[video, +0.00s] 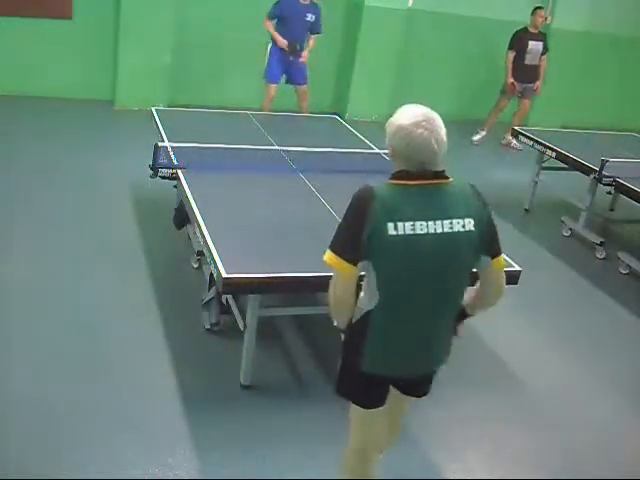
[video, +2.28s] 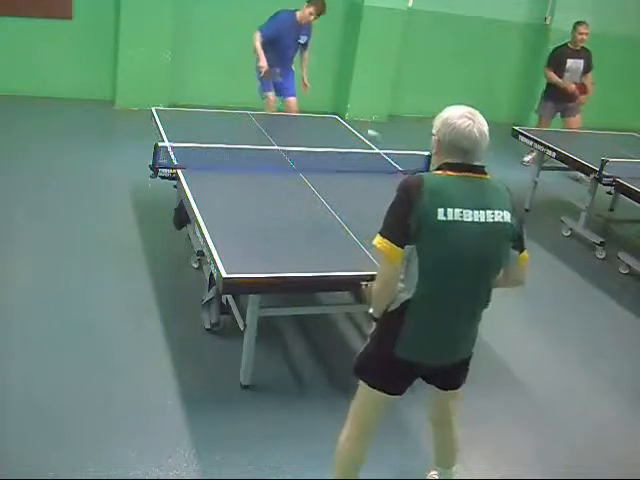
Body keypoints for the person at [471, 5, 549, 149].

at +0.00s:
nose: (542, 20)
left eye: (543, 17)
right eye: (539, 17)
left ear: (544, 20)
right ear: (532, 17)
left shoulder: (543, 37)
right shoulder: (519, 34)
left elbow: (543, 59)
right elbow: (510, 56)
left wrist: (540, 80)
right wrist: (509, 77)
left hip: (531, 81)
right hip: (515, 79)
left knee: (524, 110)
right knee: (500, 106)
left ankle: (510, 136)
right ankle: (484, 130)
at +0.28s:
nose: (549, 22)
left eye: (551, 19)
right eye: (546, 18)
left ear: (552, 21)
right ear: (539, 18)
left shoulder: (549, 38)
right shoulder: (525, 35)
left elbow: (550, 60)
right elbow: (514, 55)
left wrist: (548, 80)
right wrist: (512, 77)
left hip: (536, 81)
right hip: (520, 78)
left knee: (525, 110)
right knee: (512, 109)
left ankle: (511, 136)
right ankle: (501, 136)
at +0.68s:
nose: (554, 24)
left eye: (556, 21)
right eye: (551, 20)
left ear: (557, 23)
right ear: (543, 21)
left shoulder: (553, 40)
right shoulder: (532, 39)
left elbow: (554, 61)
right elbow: (522, 61)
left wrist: (553, 80)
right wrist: (527, 80)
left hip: (543, 80)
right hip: (530, 79)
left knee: (531, 108)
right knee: (526, 109)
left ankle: (516, 133)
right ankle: (518, 141)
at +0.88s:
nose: (555, 24)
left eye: (557, 21)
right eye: (552, 20)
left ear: (559, 22)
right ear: (545, 21)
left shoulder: (555, 40)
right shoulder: (534, 40)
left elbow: (556, 61)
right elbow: (528, 63)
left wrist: (555, 80)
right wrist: (544, 80)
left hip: (547, 76)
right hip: (534, 76)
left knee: (534, 114)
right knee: (529, 114)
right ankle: (522, 140)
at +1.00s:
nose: (557, 24)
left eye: (559, 21)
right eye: (554, 21)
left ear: (560, 23)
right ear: (546, 22)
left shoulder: (556, 41)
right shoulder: (536, 40)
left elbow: (557, 62)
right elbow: (531, 64)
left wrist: (558, 79)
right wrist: (551, 78)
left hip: (547, 84)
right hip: (532, 84)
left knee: (544, 117)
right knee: (530, 118)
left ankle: (540, 148)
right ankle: (519, 145)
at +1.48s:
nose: (571, 30)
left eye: (573, 27)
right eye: (569, 26)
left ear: (574, 28)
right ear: (561, 27)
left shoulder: (574, 47)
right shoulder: (548, 44)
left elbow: (576, 68)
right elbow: (537, 66)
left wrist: (575, 89)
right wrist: (548, 83)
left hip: (562, 91)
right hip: (544, 89)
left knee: (558, 126)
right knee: (533, 121)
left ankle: (549, 154)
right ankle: (522, 144)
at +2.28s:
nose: (583, 37)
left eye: (586, 34)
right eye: (580, 34)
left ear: (588, 36)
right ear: (573, 34)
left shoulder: (586, 54)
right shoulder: (559, 51)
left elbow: (587, 75)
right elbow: (548, 72)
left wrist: (587, 93)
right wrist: (564, 84)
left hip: (572, 97)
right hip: (553, 95)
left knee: (574, 131)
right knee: (542, 128)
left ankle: (572, 161)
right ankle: (535, 152)